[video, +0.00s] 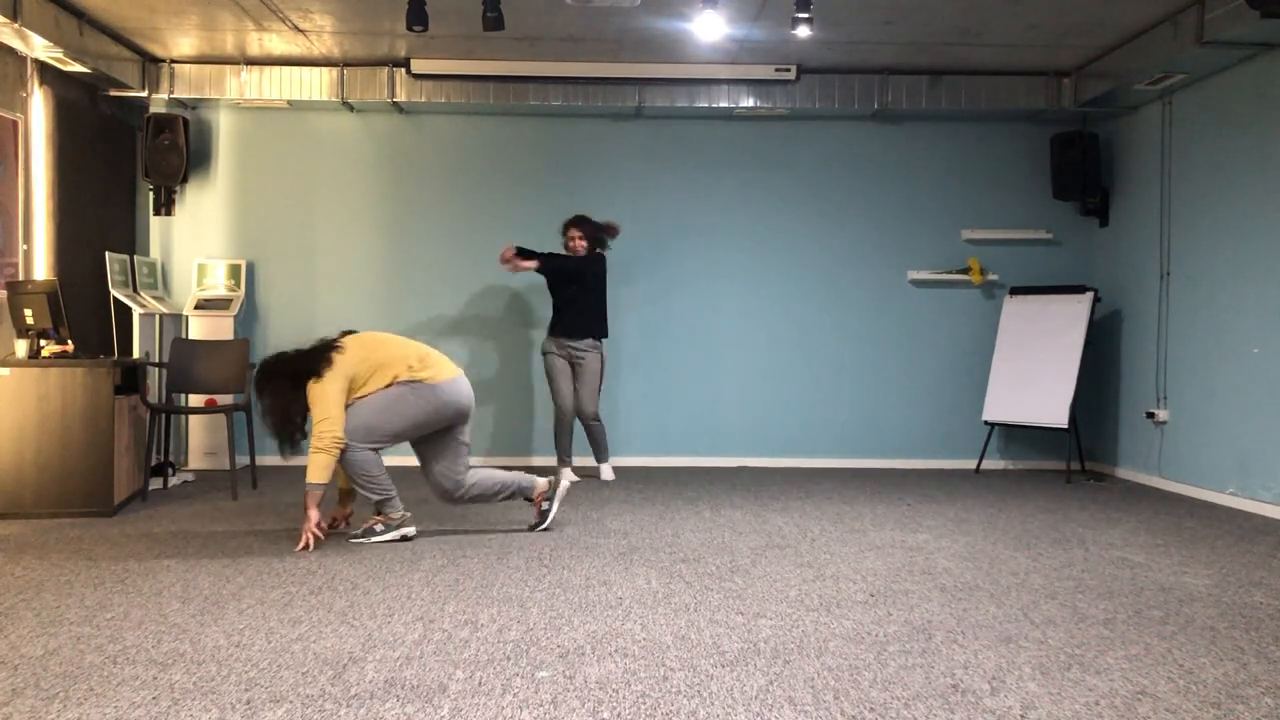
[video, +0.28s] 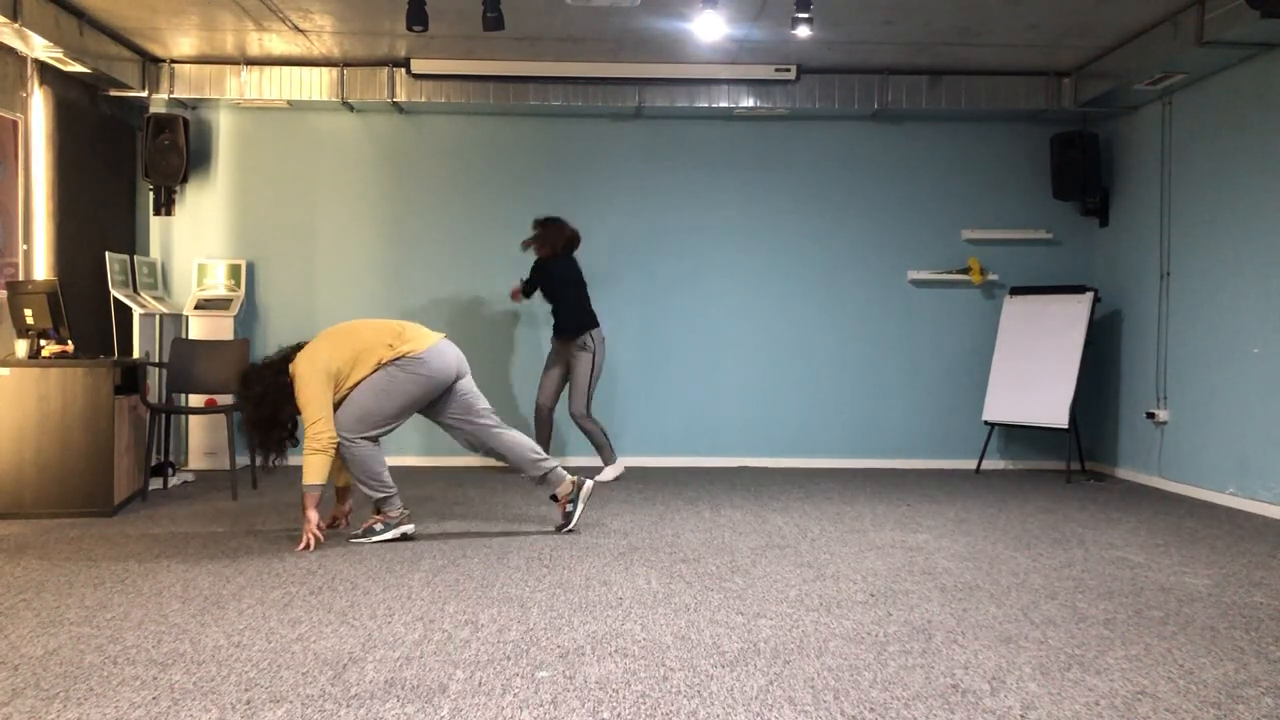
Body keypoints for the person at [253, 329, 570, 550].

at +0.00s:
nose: (284, 411)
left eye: (279, 404)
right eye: (277, 405)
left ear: (288, 387)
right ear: (297, 371)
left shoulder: (325, 375)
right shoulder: (342, 363)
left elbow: (326, 440)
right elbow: (352, 441)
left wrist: (310, 510)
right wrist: (343, 504)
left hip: (433, 389)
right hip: (450, 388)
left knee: (346, 435)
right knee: (453, 485)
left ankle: (392, 516)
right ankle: (539, 488)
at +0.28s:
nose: (289, 419)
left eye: (278, 413)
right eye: (280, 415)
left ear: (278, 391)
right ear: (284, 376)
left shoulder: (309, 369)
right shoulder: (325, 357)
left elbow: (317, 438)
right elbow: (344, 435)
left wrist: (310, 513)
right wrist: (341, 502)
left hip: (419, 362)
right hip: (443, 355)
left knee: (348, 432)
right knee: (487, 433)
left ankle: (391, 514)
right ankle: (564, 486)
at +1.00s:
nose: (287, 392)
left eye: (281, 384)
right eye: (280, 385)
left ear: (290, 371)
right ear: (306, 352)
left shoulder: (325, 373)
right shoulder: (343, 359)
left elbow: (323, 445)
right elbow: (349, 441)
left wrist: (310, 515)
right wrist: (340, 499)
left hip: (430, 420)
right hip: (455, 413)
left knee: (335, 444)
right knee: (485, 492)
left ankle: (391, 516)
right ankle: (575, 488)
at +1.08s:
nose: (307, 382)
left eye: (302, 374)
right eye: (303, 376)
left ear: (308, 363)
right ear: (325, 347)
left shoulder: (338, 373)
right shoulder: (359, 359)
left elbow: (330, 447)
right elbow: (350, 441)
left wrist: (312, 511)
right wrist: (340, 499)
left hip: (435, 435)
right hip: (463, 429)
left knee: (342, 448)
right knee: (491, 505)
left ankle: (390, 518)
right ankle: (579, 491)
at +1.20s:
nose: (313, 334)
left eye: (317, 327)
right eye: (314, 326)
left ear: (336, 331)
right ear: (354, 326)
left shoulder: (362, 363)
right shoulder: (386, 349)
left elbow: (347, 429)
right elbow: (368, 426)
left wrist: (323, 486)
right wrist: (343, 483)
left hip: (439, 441)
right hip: (469, 437)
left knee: (347, 443)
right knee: (496, 513)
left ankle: (393, 519)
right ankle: (582, 494)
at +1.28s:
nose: (318, 308)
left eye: (323, 301)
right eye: (320, 299)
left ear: (343, 304)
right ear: (359, 301)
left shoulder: (364, 343)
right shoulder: (389, 329)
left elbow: (354, 410)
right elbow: (369, 405)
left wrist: (327, 460)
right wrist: (335, 461)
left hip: (439, 427)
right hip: (468, 424)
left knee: (342, 442)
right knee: (493, 500)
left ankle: (393, 517)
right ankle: (584, 495)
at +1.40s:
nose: (316, 234)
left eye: (324, 229)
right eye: (321, 226)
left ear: (343, 242)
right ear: (360, 244)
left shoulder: (352, 289)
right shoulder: (380, 281)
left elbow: (350, 354)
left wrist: (316, 393)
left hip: (411, 388)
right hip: (441, 381)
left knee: (334, 446)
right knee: (477, 453)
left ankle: (392, 516)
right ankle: (565, 489)